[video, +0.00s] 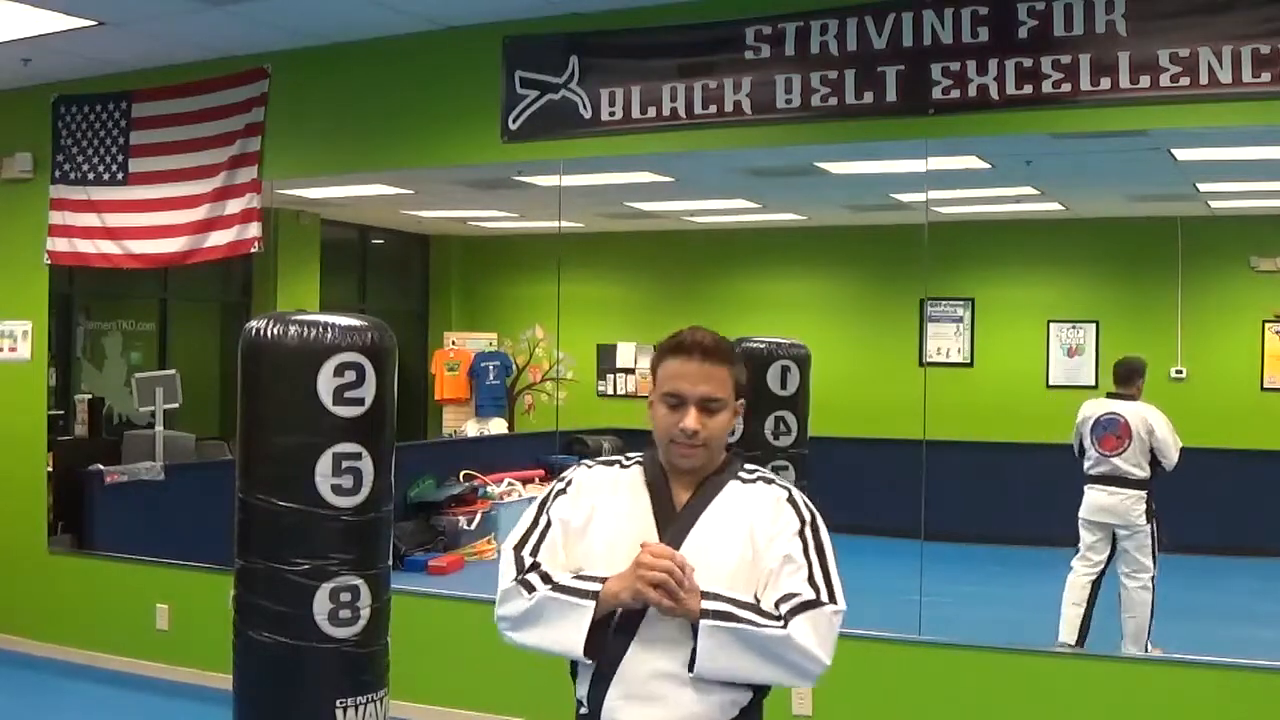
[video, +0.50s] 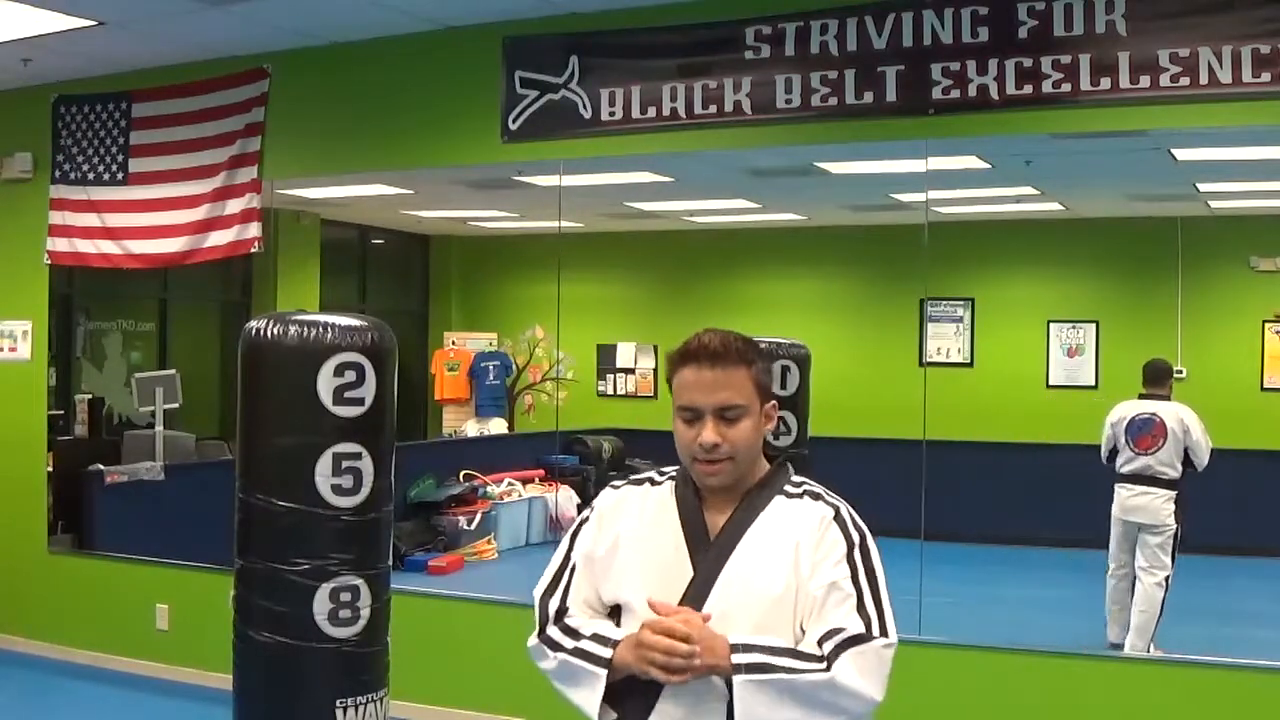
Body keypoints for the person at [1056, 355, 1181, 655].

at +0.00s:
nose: (1143, 384)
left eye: (1141, 380)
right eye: (1143, 381)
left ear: (1113, 381)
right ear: (1140, 383)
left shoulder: (1089, 409)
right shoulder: (1150, 415)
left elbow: (1079, 449)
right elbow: (1170, 459)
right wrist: (1144, 450)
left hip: (1094, 499)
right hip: (1132, 503)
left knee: (1085, 564)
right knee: (1137, 574)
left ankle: (1067, 641)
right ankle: (1135, 649)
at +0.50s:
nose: (1167, 385)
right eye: (1169, 380)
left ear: (1143, 382)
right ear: (1170, 382)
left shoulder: (1120, 411)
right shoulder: (1184, 415)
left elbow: (1107, 456)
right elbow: (1200, 460)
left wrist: (1136, 452)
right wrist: (1172, 455)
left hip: (1124, 501)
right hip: (1160, 504)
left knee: (1119, 567)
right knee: (1151, 573)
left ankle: (1116, 636)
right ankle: (1138, 647)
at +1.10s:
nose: (1168, 379)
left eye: (1165, 374)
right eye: (1165, 375)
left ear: (1138, 385)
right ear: (1161, 381)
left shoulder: (1126, 417)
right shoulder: (1174, 414)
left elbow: (1125, 463)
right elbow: (1200, 457)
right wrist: (1205, 442)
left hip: (1137, 496)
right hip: (1170, 500)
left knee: (1142, 564)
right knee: (1192, 561)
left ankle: (1139, 638)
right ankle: (1157, 621)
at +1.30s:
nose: (1172, 379)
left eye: (1169, 374)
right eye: (1170, 375)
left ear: (1144, 383)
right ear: (1168, 380)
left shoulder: (1131, 415)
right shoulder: (1181, 410)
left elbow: (1133, 459)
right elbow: (1206, 451)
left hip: (1143, 495)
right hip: (1179, 496)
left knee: (1146, 563)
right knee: (1210, 555)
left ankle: (1144, 637)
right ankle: (1193, 622)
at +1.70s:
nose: (1211, 380)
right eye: (1211, 376)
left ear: (1185, 380)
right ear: (1211, 379)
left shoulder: (1166, 413)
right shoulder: (1229, 412)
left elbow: (1151, 458)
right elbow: (1247, 455)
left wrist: (1180, 453)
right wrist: (1220, 457)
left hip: (1174, 493)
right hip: (1211, 496)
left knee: (1161, 559)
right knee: (1219, 564)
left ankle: (1150, 630)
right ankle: (1225, 636)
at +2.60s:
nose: (1165, 381)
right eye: (1166, 376)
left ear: (1139, 381)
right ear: (1166, 380)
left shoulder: (1122, 413)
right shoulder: (1184, 411)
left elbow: (1103, 459)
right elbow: (1203, 454)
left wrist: (1134, 466)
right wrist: (1183, 475)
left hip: (1135, 497)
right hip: (1174, 498)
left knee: (1130, 566)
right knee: (1192, 563)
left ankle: (1129, 641)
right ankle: (1207, 633)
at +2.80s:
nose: (1148, 367)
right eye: (1150, 362)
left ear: (1124, 367)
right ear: (1152, 365)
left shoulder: (1106, 399)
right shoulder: (1171, 395)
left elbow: (1092, 445)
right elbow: (1195, 434)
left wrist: (1121, 453)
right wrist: (1171, 453)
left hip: (1123, 485)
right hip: (1162, 485)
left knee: (1117, 553)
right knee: (1175, 552)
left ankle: (1112, 630)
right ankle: (1161, 618)